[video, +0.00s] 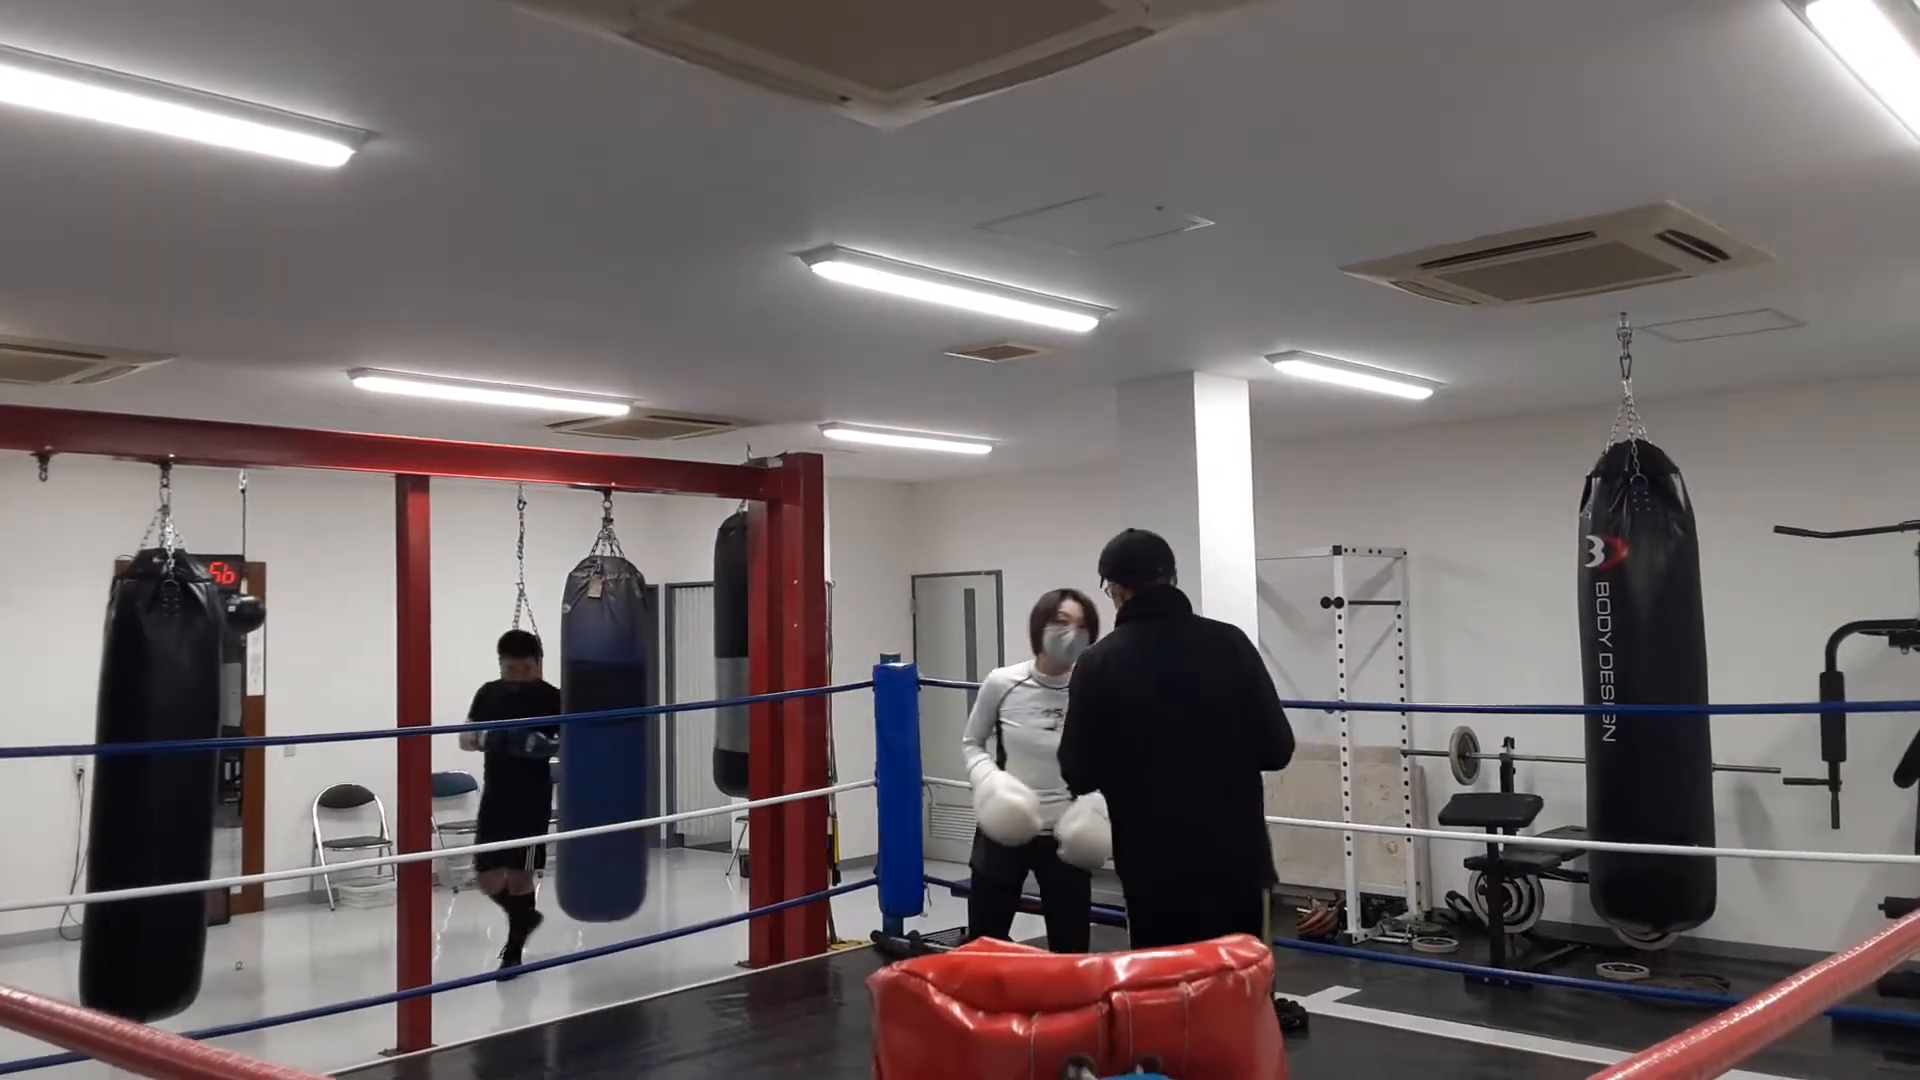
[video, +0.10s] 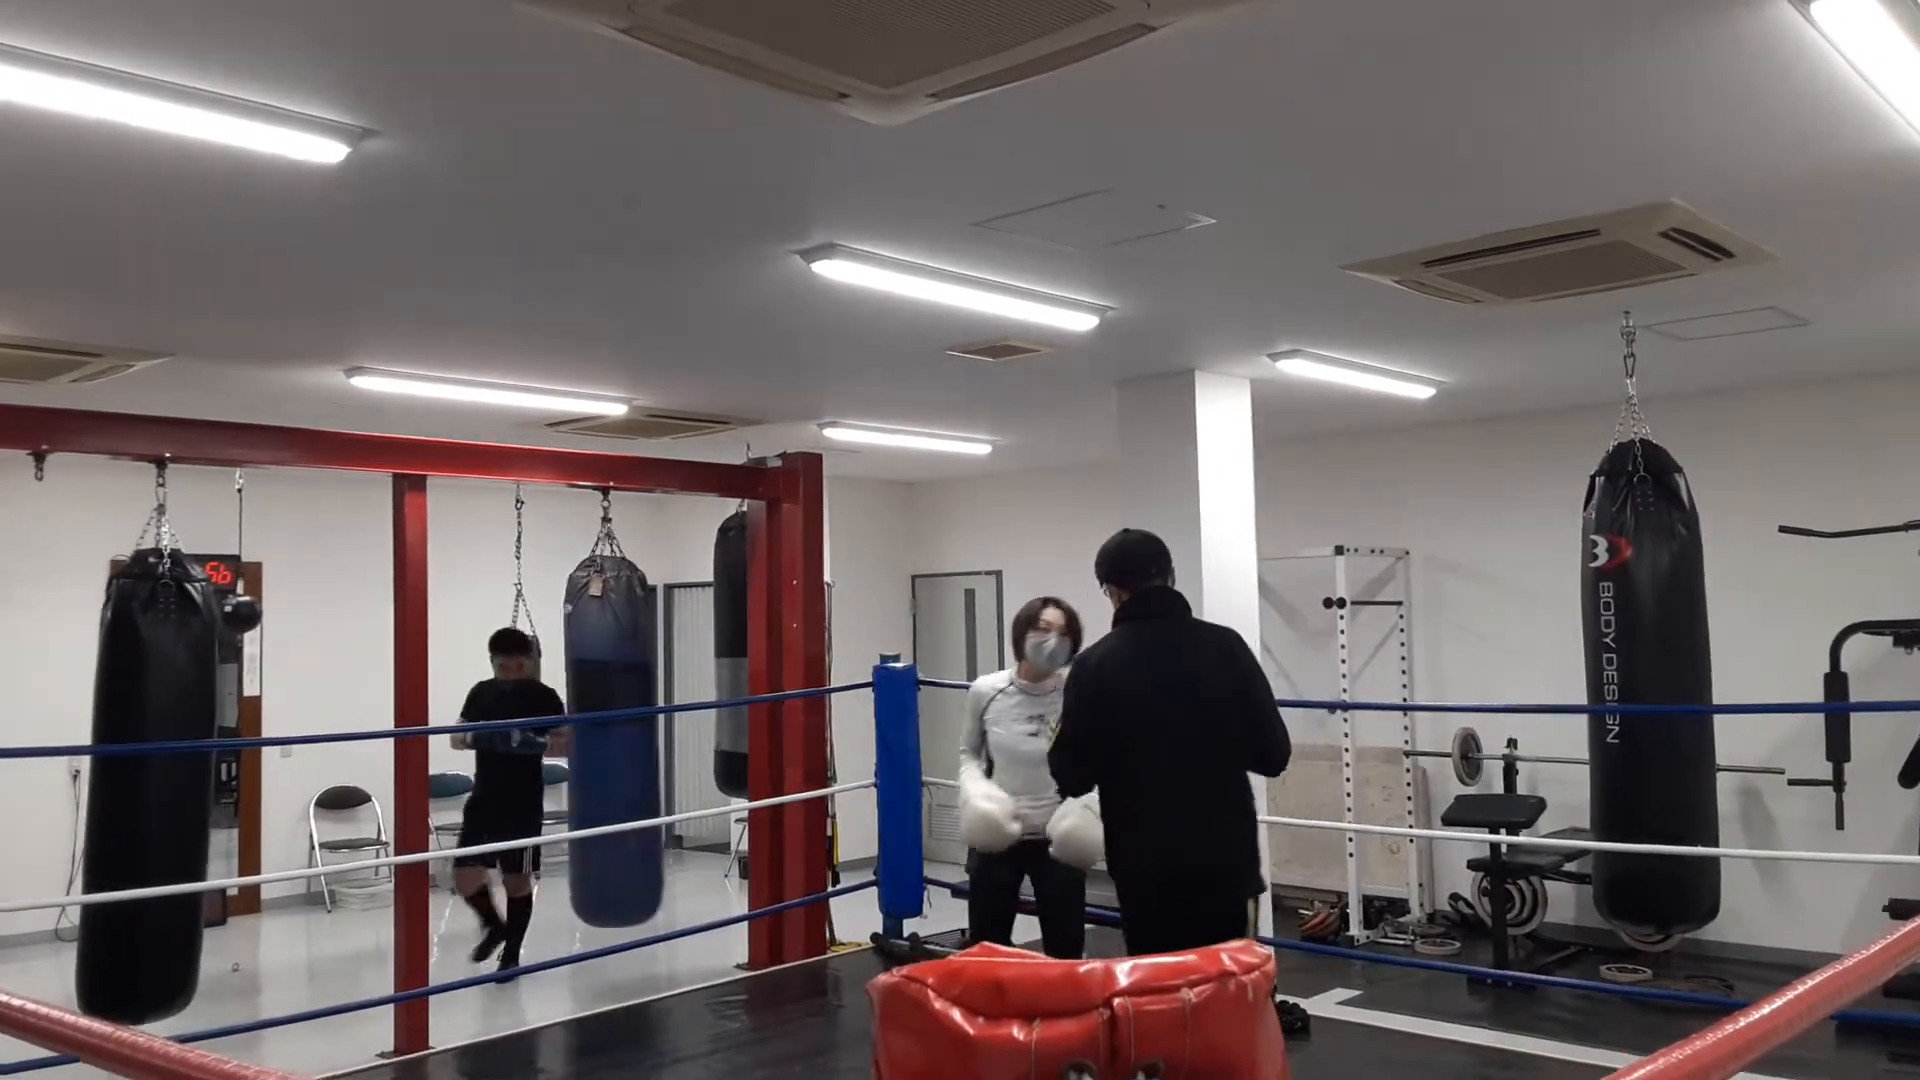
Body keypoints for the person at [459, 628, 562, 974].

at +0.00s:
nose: (514, 675)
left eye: (522, 668)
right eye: (508, 667)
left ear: (538, 663)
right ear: (501, 664)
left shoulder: (553, 698)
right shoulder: (489, 693)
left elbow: (572, 739)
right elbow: (465, 739)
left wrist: (551, 745)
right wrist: (488, 740)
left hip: (534, 791)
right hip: (497, 790)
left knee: (520, 874)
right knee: (487, 874)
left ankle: (512, 951)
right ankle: (523, 915)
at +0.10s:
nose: (509, 672)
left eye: (517, 665)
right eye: (502, 665)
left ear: (531, 662)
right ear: (494, 663)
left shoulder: (543, 696)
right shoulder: (481, 693)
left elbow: (566, 743)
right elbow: (457, 739)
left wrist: (534, 742)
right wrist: (479, 736)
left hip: (524, 796)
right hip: (484, 794)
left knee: (516, 876)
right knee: (466, 874)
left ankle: (512, 953)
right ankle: (495, 927)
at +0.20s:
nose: (502, 671)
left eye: (509, 663)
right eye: (495, 664)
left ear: (523, 660)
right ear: (487, 663)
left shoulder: (538, 696)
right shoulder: (476, 693)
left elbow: (556, 746)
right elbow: (451, 741)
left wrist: (525, 740)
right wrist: (475, 735)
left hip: (519, 797)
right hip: (478, 795)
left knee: (516, 876)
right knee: (455, 872)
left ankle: (512, 954)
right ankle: (462, 947)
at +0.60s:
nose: (465, 674)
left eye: (471, 665)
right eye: (456, 667)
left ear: (481, 661)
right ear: (443, 665)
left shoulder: (499, 699)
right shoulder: (428, 700)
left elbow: (520, 748)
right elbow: (409, 745)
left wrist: (486, 746)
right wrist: (434, 746)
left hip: (479, 808)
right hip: (434, 808)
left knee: (479, 884)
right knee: (432, 887)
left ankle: (500, 943)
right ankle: (429, 967)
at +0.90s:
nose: (458, 675)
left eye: (465, 666)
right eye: (450, 667)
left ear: (473, 664)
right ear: (432, 663)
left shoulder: (479, 702)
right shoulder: (405, 701)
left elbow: (501, 752)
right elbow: (378, 754)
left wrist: (480, 744)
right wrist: (422, 747)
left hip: (462, 810)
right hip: (417, 812)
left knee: (455, 894)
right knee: (420, 896)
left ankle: (451, 981)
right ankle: (428, 977)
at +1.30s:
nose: (466, 678)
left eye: (470, 670)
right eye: (460, 669)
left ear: (472, 666)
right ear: (435, 664)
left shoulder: (465, 705)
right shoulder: (393, 699)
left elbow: (487, 758)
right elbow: (363, 753)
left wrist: (473, 750)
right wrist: (408, 751)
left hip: (446, 812)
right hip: (398, 813)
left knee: (447, 899)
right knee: (390, 897)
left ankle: (444, 986)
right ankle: (378, 981)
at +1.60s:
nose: (440, 675)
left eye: (442, 666)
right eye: (435, 666)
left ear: (437, 666)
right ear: (409, 663)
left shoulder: (428, 703)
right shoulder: (365, 706)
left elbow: (453, 749)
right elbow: (346, 762)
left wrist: (445, 746)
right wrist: (396, 756)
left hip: (422, 816)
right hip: (378, 820)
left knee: (434, 900)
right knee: (370, 905)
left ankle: (443, 982)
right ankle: (343, 994)